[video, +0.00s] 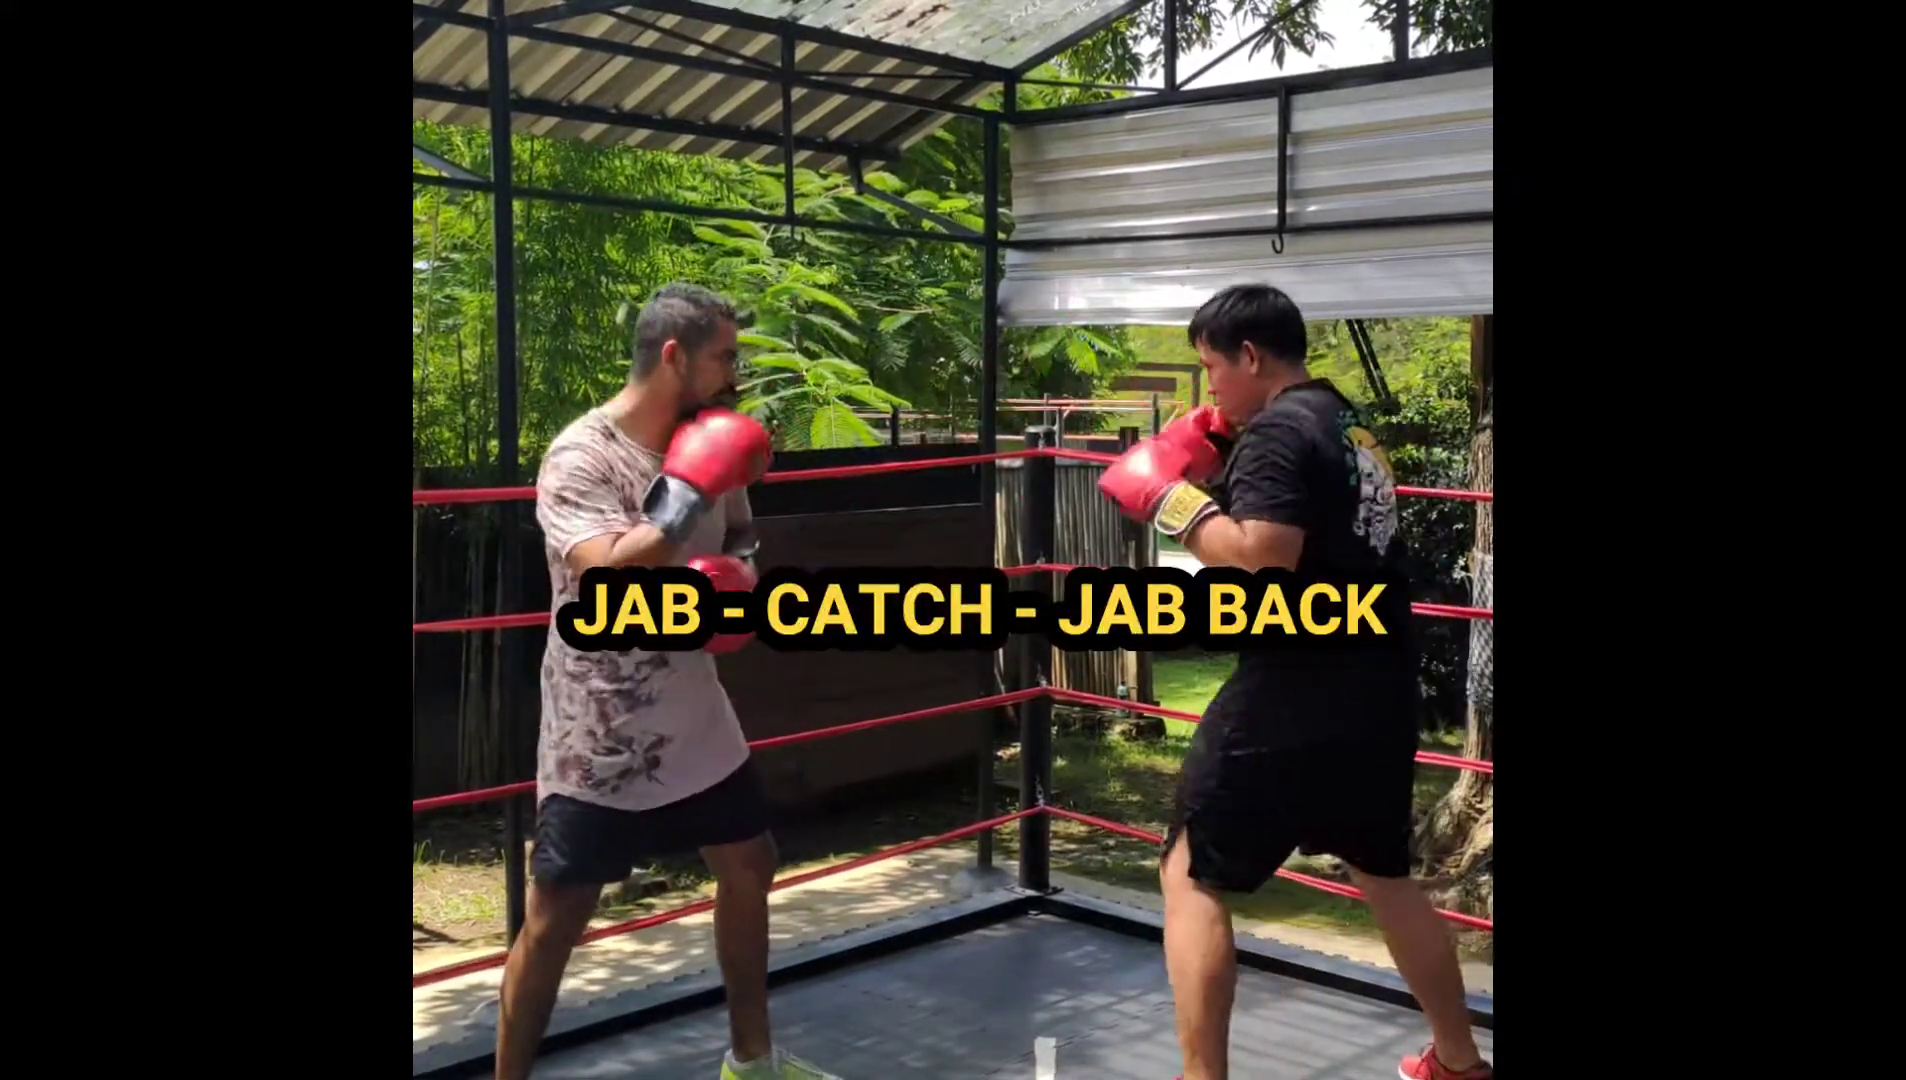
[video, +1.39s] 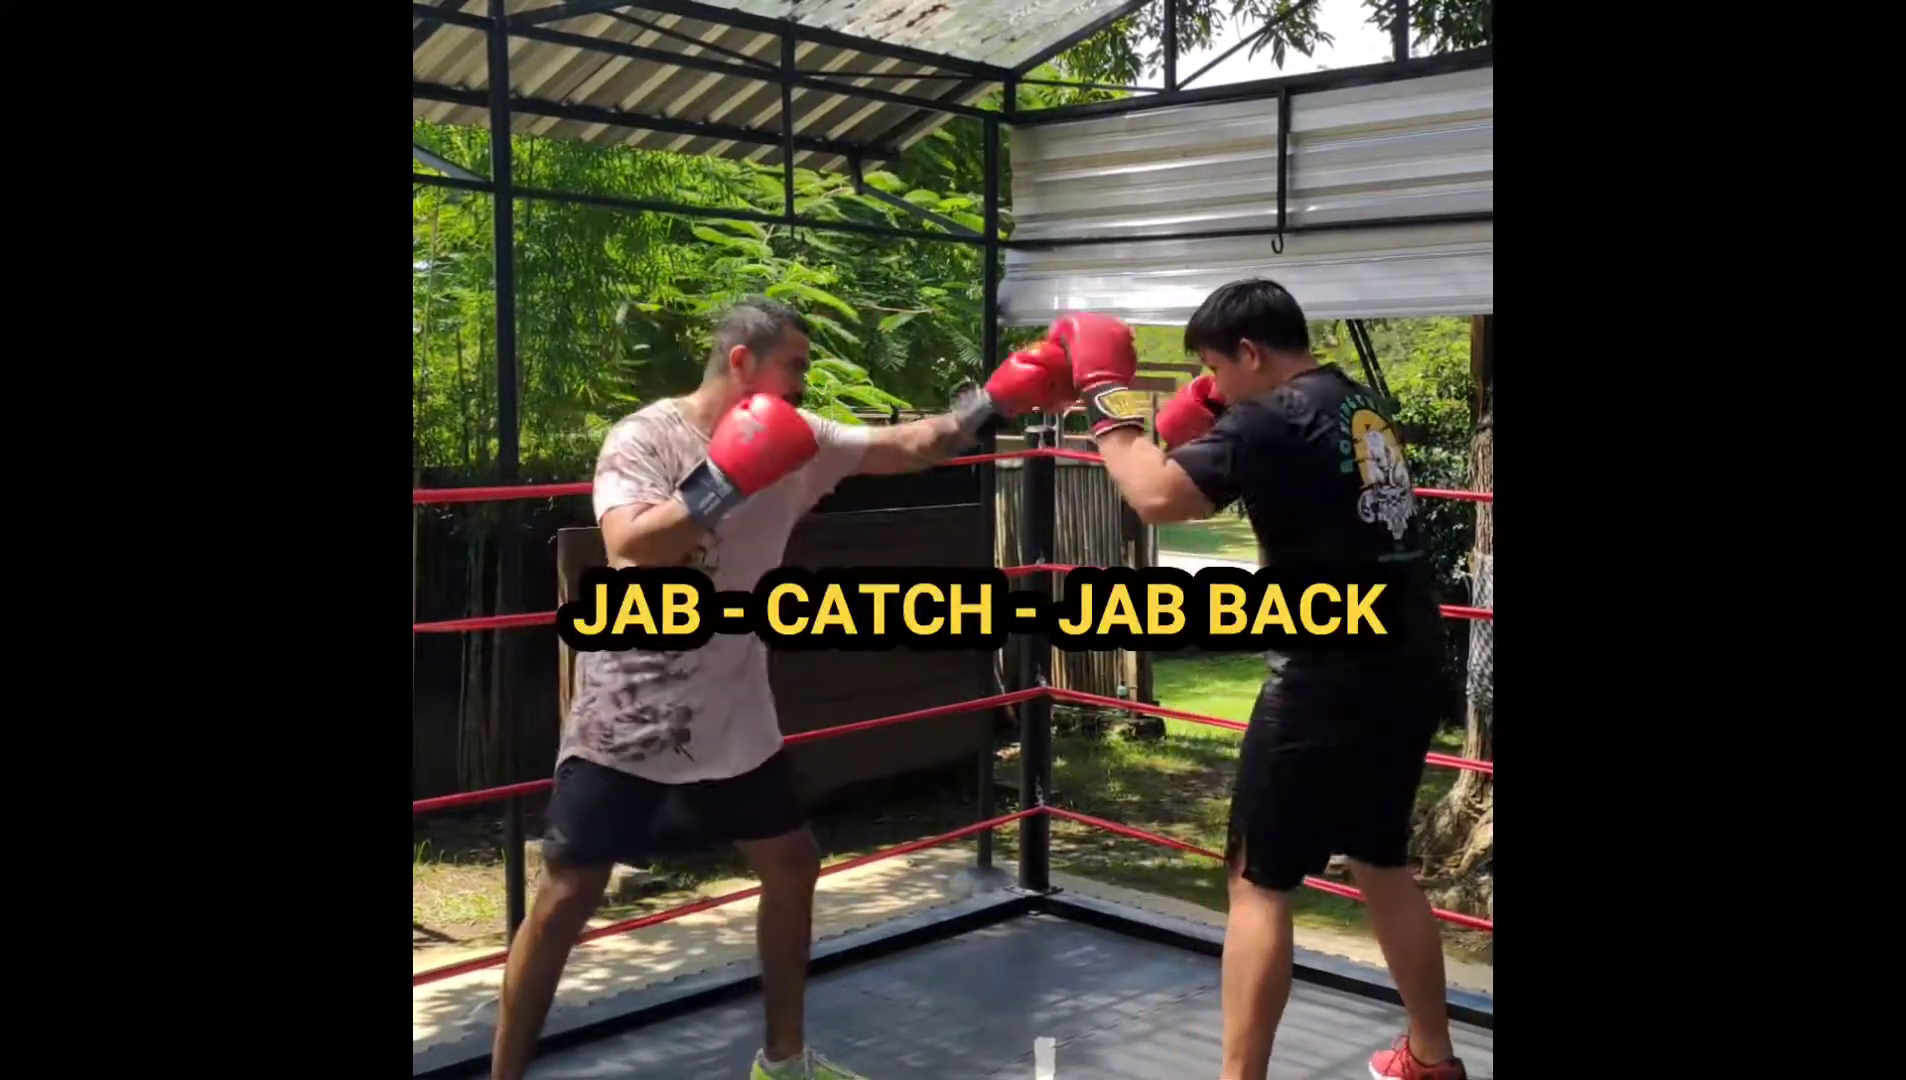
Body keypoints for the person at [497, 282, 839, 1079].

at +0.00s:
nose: (735, 374)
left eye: (737, 359)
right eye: (726, 358)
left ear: (681, 358)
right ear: (672, 354)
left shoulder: (709, 450)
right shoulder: (576, 458)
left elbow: (743, 551)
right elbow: (602, 565)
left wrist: (735, 586)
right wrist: (689, 494)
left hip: (693, 712)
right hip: (593, 729)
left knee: (748, 867)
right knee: (552, 923)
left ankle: (753, 1059)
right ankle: (508, 1075)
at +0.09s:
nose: (738, 369)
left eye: (740, 354)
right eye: (733, 352)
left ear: (682, 355)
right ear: (687, 352)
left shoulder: (698, 448)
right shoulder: (601, 460)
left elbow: (735, 549)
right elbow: (675, 554)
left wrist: (736, 593)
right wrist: (721, 454)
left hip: (703, 718)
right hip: (613, 736)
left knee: (757, 868)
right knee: (566, 927)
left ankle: (755, 1058)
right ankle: (514, 1074)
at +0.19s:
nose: (745, 365)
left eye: (744, 348)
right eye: (737, 348)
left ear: (682, 349)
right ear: (697, 347)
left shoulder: (671, 435)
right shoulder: (646, 444)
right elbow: (787, 502)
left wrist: (736, 578)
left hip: (705, 707)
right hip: (638, 717)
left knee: (758, 863)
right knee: (587, 916)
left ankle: (754, 1055)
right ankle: (519, 1074)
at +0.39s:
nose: (739, 362)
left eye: (739, 347)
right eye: (732, 346)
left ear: (672, 348)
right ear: (693, 347)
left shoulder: (650, 433)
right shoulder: (656, 447)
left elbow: (675, 552)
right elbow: (792, 517)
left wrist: (745, 562)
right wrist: (820, 420)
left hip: (714, 696)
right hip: (656, 702)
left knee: (764, 860)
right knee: (621, 918)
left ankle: (754, 1056)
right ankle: (523, 1073)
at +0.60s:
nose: (727, 369)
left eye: (728, 353)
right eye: (720, 352)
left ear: (668, 356)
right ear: (674, 354)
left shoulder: (673, 445)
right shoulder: (594, 459)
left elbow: (693, 540)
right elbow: (686, 562)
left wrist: (720, 563)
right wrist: (734, 471)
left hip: (692, 706)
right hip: (611, 717)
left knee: (740, 867)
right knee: (582, 923)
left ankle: (755, 1059)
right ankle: (513, 1074)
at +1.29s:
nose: (769, 380)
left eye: (773, 364)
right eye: (761, 361)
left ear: (719, 360)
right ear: (707, 355)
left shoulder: (741, 462)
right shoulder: (611, 444)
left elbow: (777, 535)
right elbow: (617, 556)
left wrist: (825, 529)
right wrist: (714, 488)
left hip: (721, 714)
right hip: (613, 722)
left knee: (778, 873)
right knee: (560, 915)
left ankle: (783, 1057)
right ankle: (505, 1075)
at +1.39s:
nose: (800, 387)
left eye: (805, 373)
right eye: (792, 370)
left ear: (761, 369)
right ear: (737, 361)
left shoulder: (799, 441)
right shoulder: (641, 440)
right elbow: (627, 546)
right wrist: (726, 475)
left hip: (734, 724)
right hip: (620, 725)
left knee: (792, 868)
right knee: (565, 899)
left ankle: (785, 1057)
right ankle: (503, 1073)